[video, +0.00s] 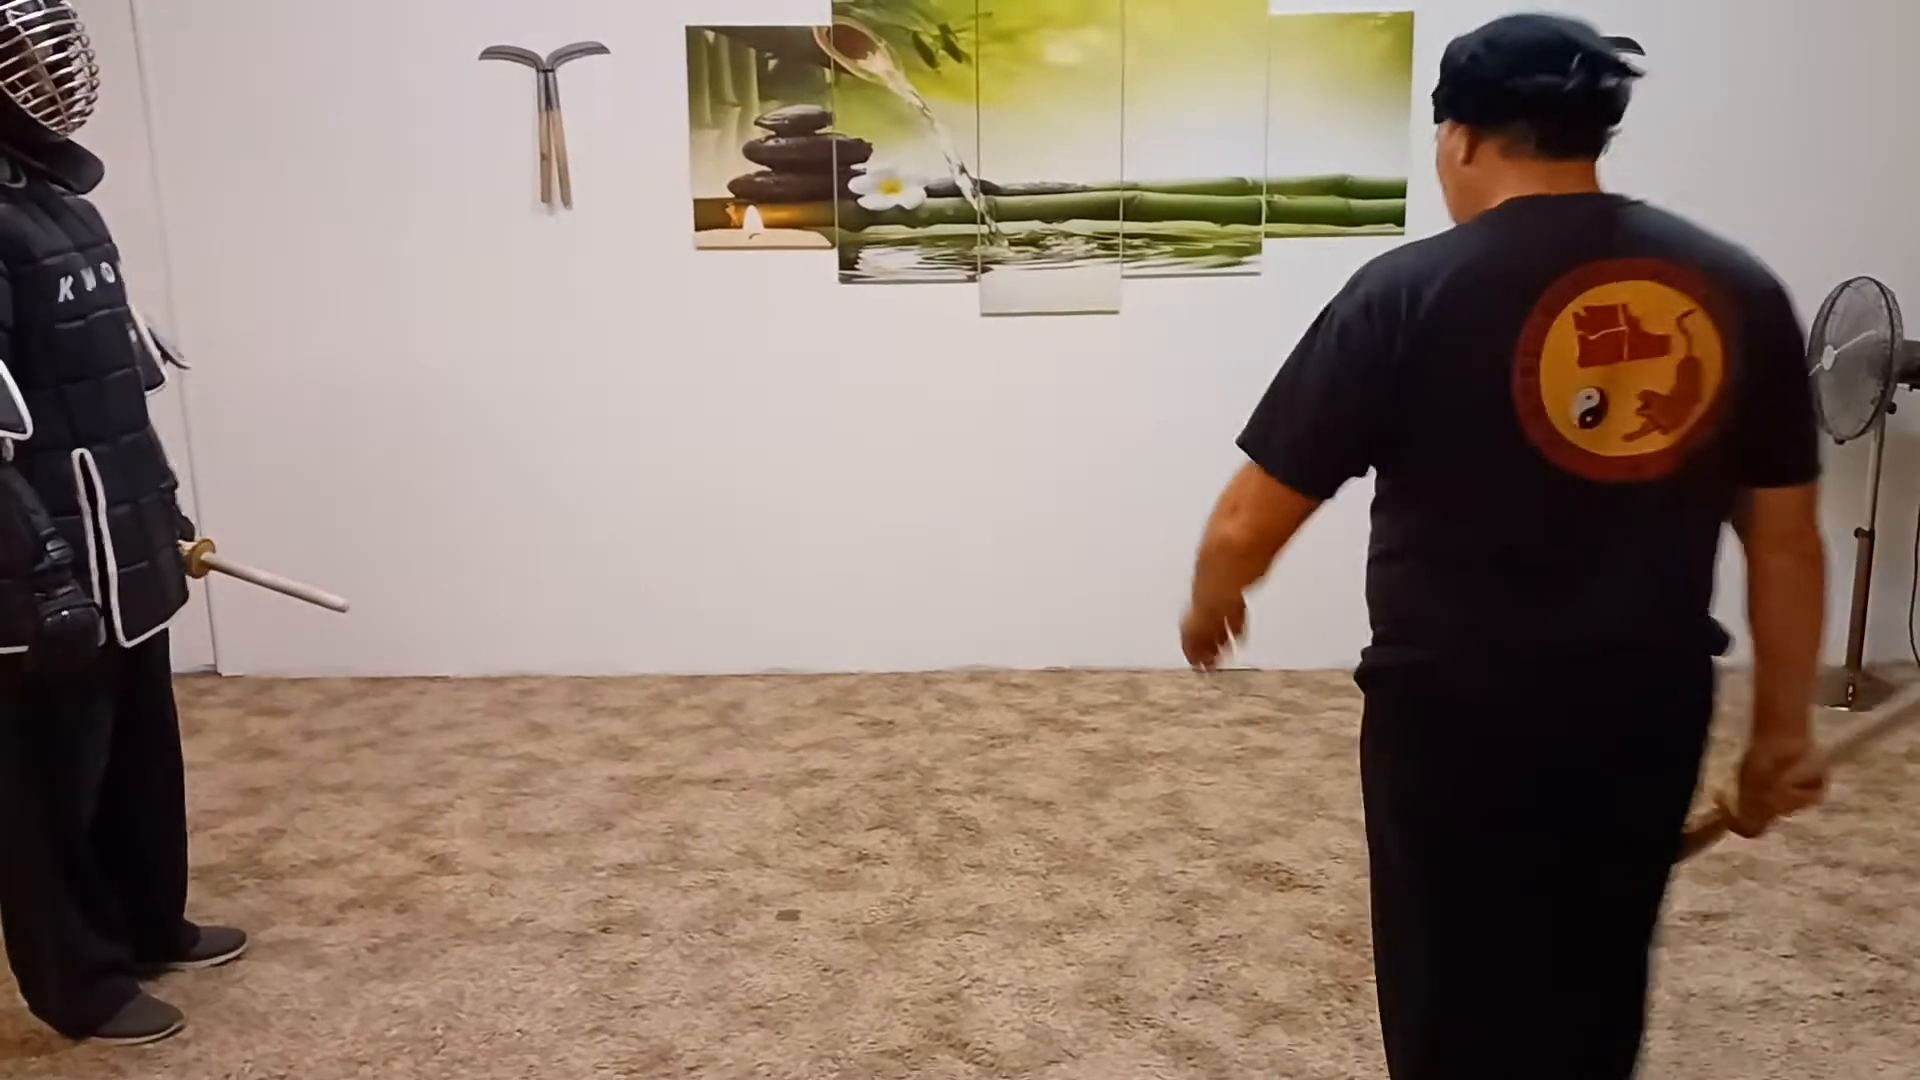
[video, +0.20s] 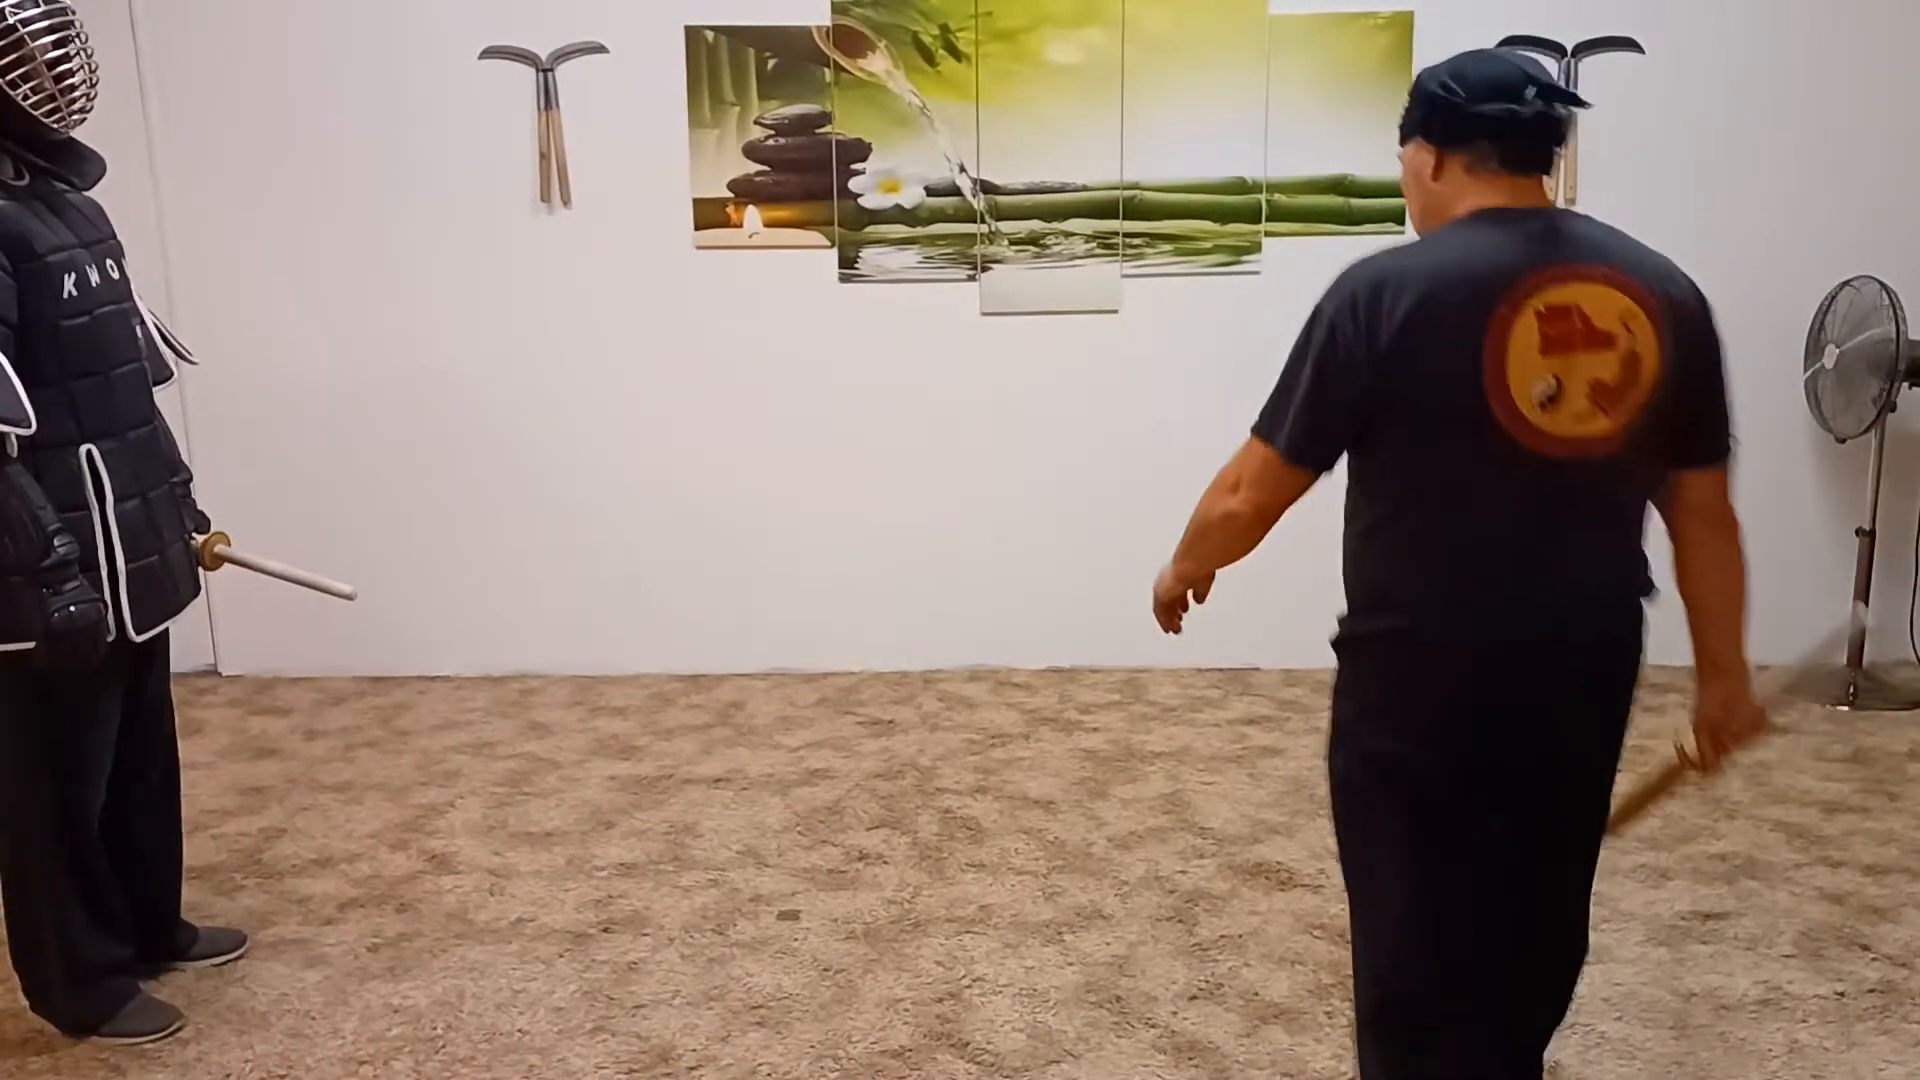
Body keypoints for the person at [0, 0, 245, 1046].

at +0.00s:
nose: (71, 79)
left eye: (70, 59)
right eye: (48, 63)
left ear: (63, 73)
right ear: (4, 81)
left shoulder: (69, 204)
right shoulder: (3, 216)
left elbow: (110, 386)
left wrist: (166, 511)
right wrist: (37, 568)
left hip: (120, 538)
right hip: (43, 558)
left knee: (136, 744)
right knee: (52, 771)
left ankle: (148, 928)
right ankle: (76, 985)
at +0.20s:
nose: (76, 73)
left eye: (73, 55)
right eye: (52, 58)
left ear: (58, 74)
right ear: (7, 79)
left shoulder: (74, 203)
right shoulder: (3, 219)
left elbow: (118, 382)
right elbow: (3, 428)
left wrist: (177, 504)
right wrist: (43, 567)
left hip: (127, 540)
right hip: (48, 559)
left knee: (136, 748)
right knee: (56, 775)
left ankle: (148, 931)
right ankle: (78, 985)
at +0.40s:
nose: (79, 74)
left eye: (77, 55)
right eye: (55, 59)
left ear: (67, 73)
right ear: (8, 79)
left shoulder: (81, 199)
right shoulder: (4, 216)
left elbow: (129, 380)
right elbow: (6, 425)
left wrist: (186, 505)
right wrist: (51, 567)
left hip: (133, 540)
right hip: (53, 560)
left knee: (140, 751)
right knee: (63, 776)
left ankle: (150, 932)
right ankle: (80, 986)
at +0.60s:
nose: (86, 69)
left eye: (81, 51)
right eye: (61, 54)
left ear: (61, 72)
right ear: (15, 76)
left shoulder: (87, 196)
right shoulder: (6, 214)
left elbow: (137, 377)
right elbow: (13, 421)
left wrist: (193, 503)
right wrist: (59, 561)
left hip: (139, 539)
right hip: (56, 558)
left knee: (142, 750)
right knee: (67, 772)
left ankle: (151, 932)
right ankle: (80, 983)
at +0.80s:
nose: (93, 66)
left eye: (89, 48)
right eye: (69, 51)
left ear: (67, 71)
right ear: (24, 73)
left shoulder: (95, 196)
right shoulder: (8, 212)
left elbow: (147, 374)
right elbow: (14, 419)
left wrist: (200, 496)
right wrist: (74, 556)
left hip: (146, 539)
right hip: (66, 557)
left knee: (145, 749)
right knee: (72, 770)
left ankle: (153, 930)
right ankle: (83, 982)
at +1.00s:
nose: (101, 69)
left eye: (96, 51)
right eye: (77, 54)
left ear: (62, 74)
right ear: (29, 73)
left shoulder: (104, 203)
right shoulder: (12, 214)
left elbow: (159, 381)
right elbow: (23, 413)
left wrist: (206, 504)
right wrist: (83, 546)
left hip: (146, 546)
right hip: (68, 559)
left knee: (147, 752)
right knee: (76, 773)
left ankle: (154, 930)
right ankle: (84, 982)